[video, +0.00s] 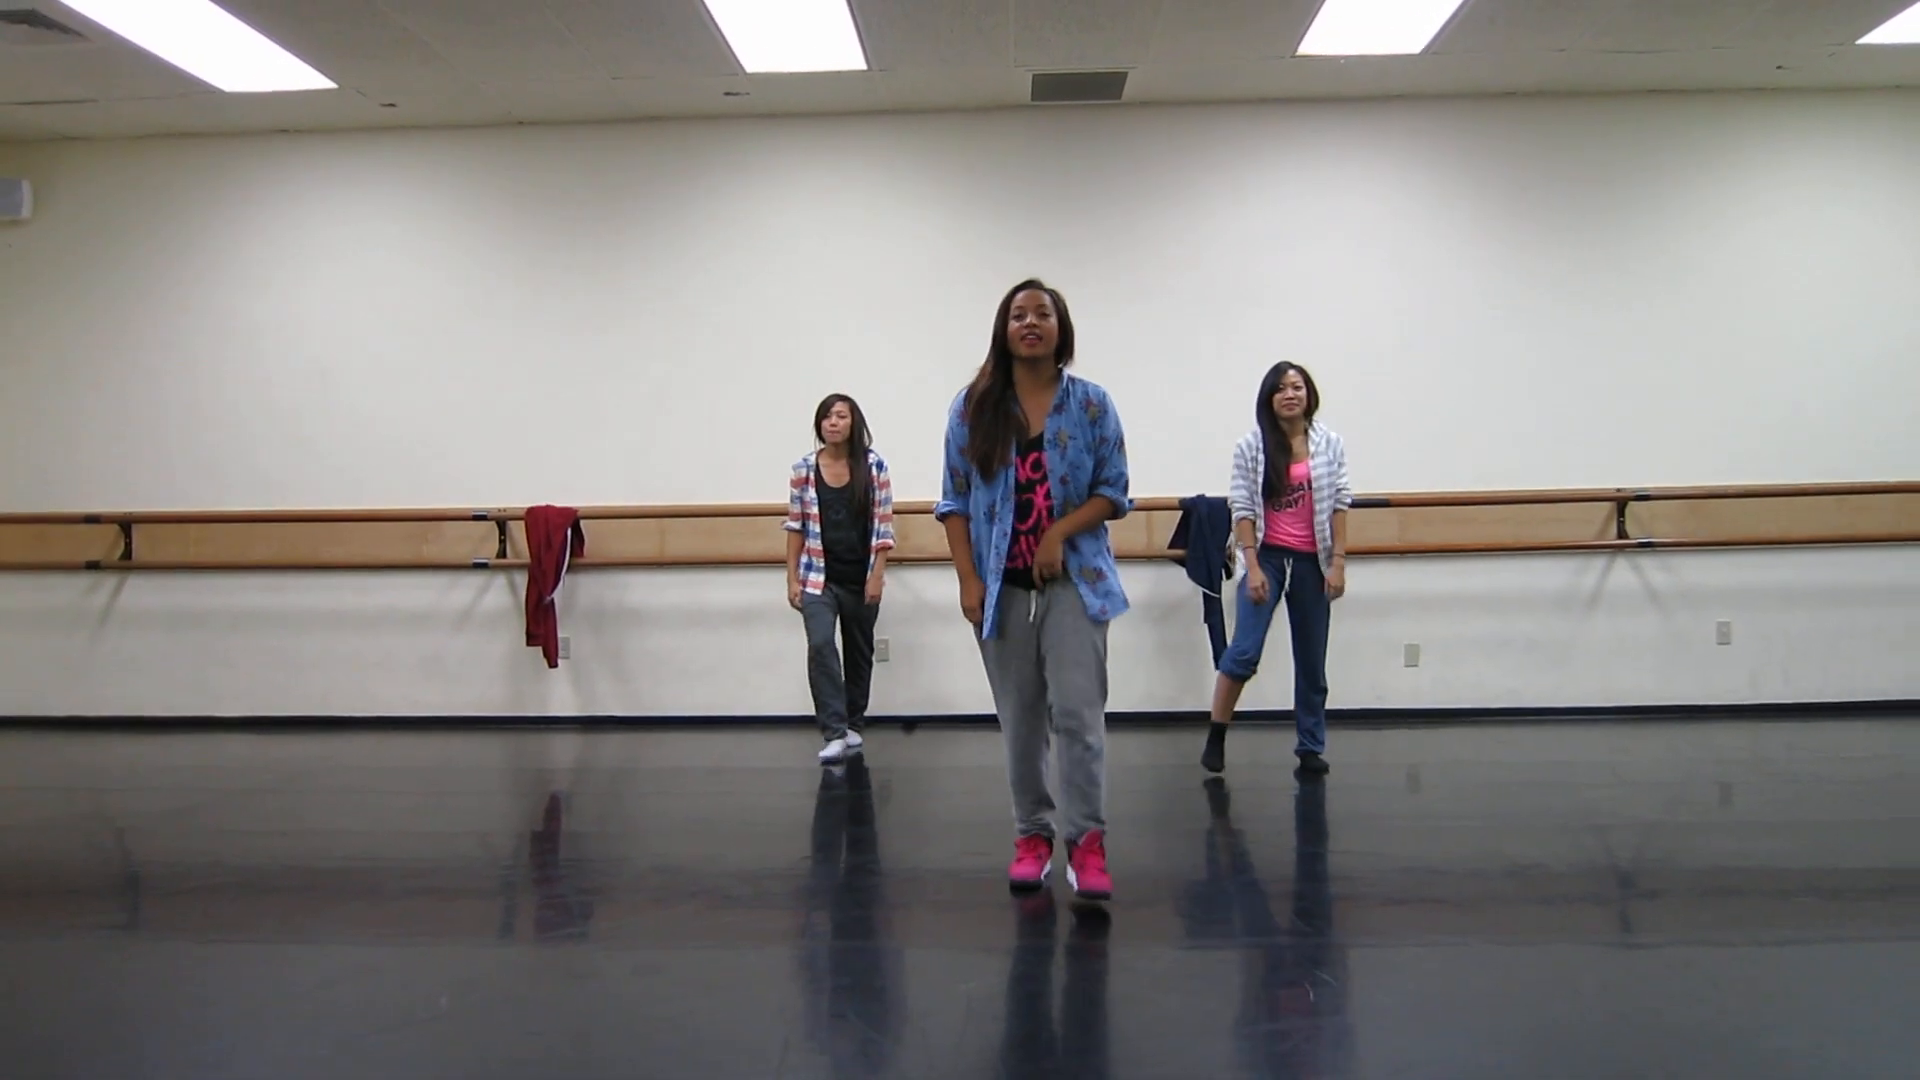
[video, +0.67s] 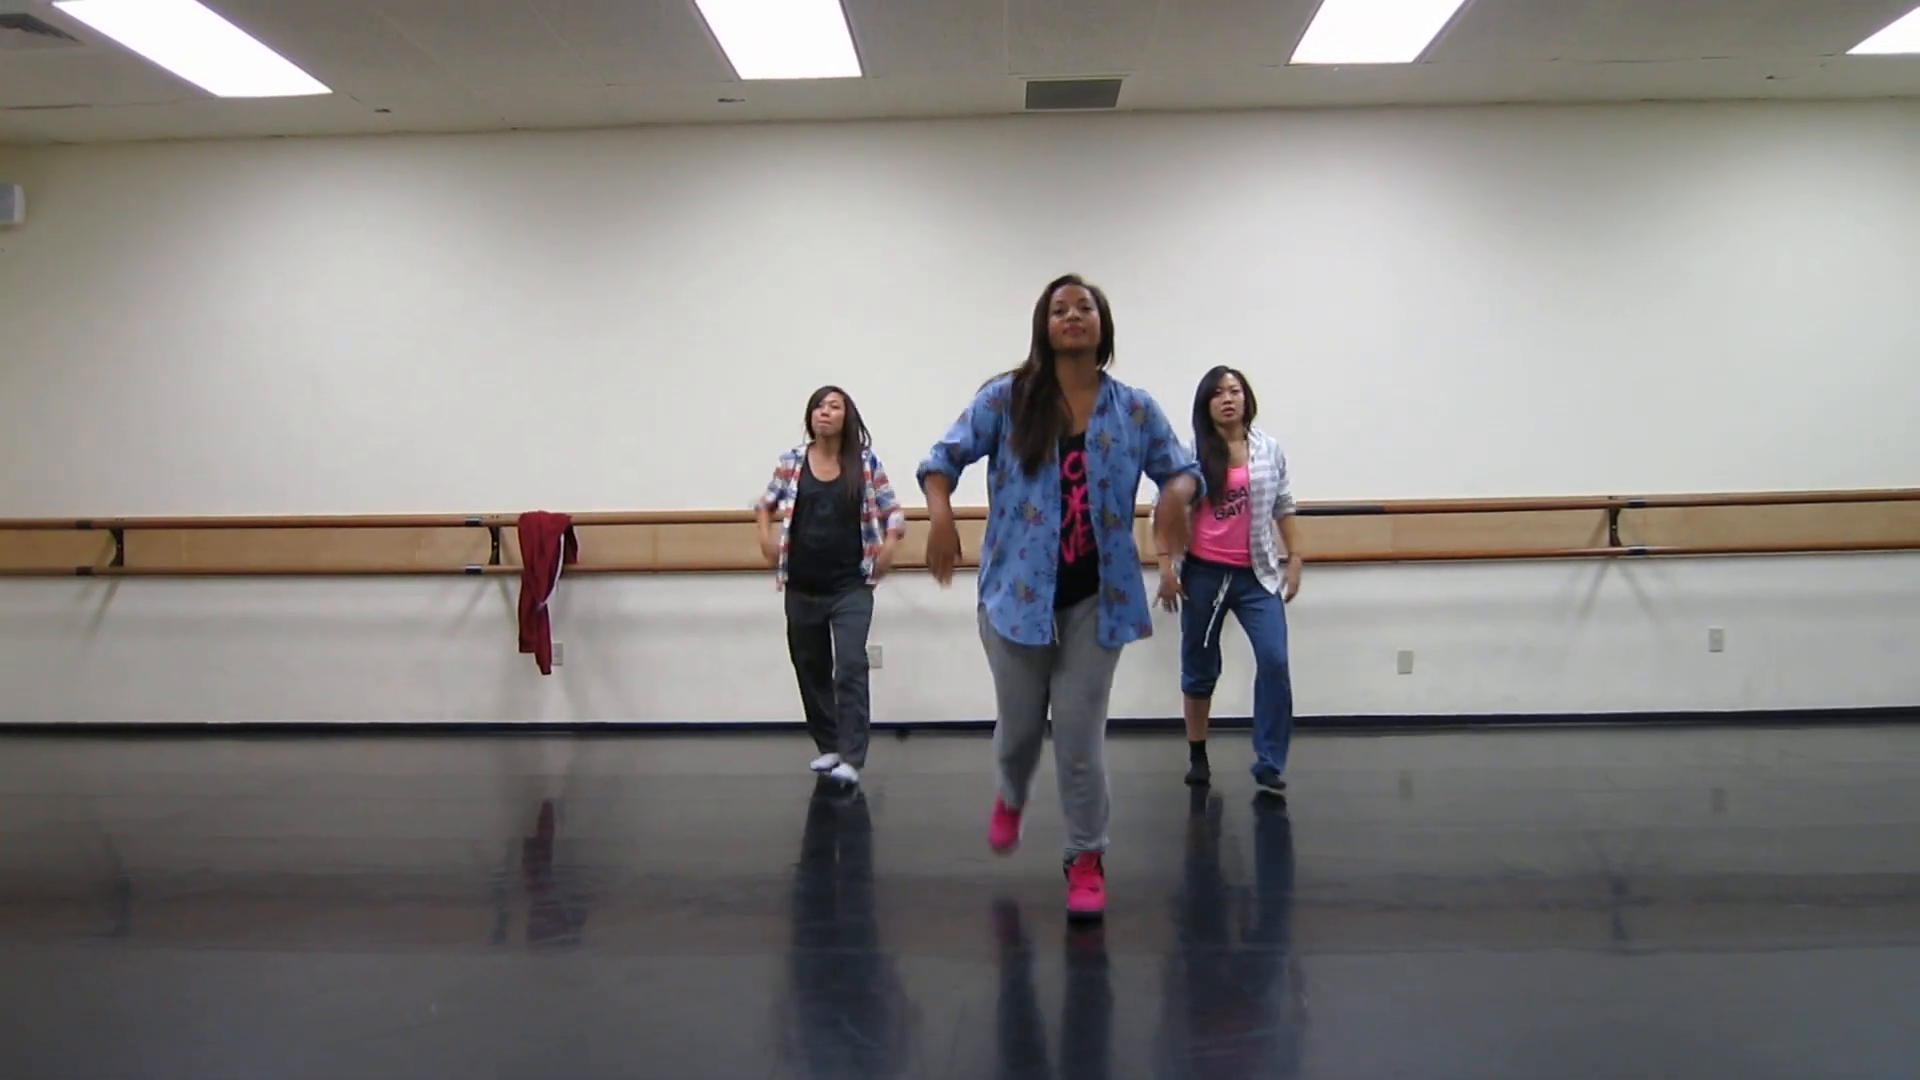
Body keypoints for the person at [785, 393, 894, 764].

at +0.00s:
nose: (834, 422)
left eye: (842, 416)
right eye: (828, 416)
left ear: (854, 424)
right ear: (819, 424)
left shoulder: (873, 465)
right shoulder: (803, 469)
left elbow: (884, 524)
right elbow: (795, 527)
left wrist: (877, 573)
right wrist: (793, 578)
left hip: (861, 580)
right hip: (817, 578)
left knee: (858, 655)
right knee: (820, 647)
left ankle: (853, 724)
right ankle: (834, 733)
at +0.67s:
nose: (827, 411)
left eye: (835, 406)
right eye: (820, 406)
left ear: (848, 418)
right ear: (810, 416)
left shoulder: (866, 462)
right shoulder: (792, 462)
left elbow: (894, 515)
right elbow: (765, 505)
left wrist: (887, 549)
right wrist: (766, 541)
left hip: (851, 588)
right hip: (802, 590)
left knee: (850, 669)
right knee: (813, 674)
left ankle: (850, 760)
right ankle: (829, 750)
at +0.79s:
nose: (823, 416)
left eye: (830, 409)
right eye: (816, 411)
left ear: (845, 419)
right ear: (806, 424)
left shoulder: (866, 463)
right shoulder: (795, 465)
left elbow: (902, 496)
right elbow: (765, 505)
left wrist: (909, 479)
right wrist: (756, 464)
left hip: (854, 589)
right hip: (803, 590)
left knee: (850, 673)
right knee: (806, 679)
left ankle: (847, 766)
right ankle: (832, 721)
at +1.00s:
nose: (818, 422)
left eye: (824, 414)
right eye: (810, 419)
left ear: (840, 422)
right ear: (803, 433)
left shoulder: (861, 469)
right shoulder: (791, 471)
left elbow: (894, 503)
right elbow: (746, 479)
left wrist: (909, 484)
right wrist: (698, 475)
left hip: (850, 596)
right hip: (800, 593)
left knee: (849, 681)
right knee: (798, 670)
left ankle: (846, 768)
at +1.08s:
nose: (813, 415)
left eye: (820, 408)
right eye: (805, 412)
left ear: (835, 415)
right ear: (798, 425)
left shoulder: (855, 459)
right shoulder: (793, 461)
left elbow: (839, 492)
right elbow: (775, 473)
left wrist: (802, 505)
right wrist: (778, 475)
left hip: (843, 590)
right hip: (795, 585)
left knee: (847, 684)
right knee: (779, 654)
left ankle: (844, 766)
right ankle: (770, 737)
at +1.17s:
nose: (806, 399)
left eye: (812, 392)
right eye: (797, 396)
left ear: (828, 399)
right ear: (790, 409)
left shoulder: (848, 443)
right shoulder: (785, 443)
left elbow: (811, 481)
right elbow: (780, 463)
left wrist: (760, 495)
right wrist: (803, 451)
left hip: (842, 577)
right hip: (791, 571)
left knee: (850, 662)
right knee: (762, 640)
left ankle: (852, 759)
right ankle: (771, 731)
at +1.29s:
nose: (795, 402)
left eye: (801, 393)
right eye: (788, 399)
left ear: (820, 400)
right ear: (782, 413)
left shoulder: (840, 436)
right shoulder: (774, 449)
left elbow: (868, 459)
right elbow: (722, 456)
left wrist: (810, 459)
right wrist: (762, 439)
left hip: (834, 579)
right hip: (780, 580)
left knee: (862, 657)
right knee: (757, 667)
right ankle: (730, 763)